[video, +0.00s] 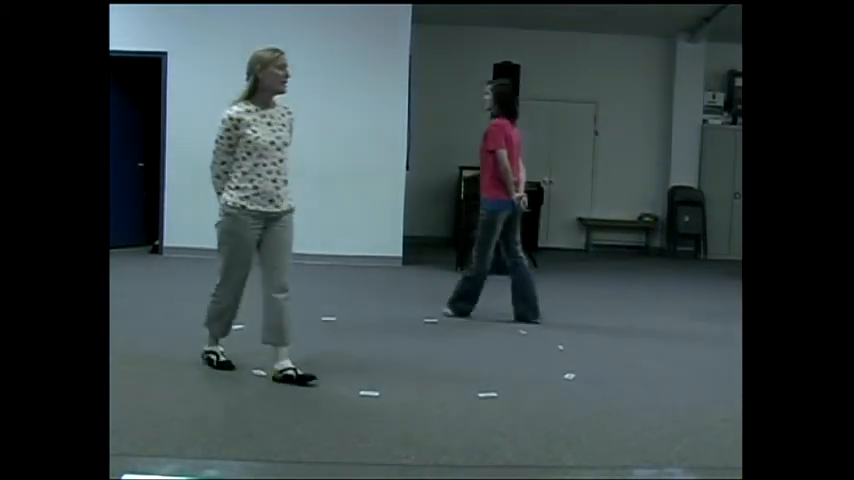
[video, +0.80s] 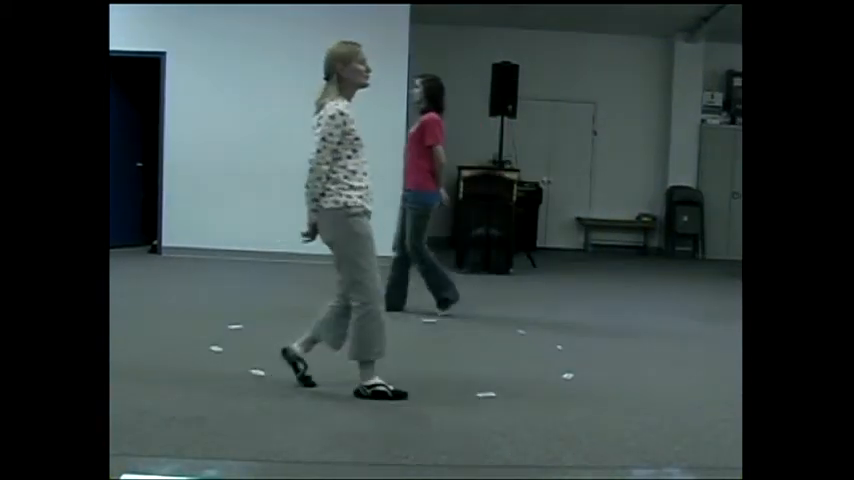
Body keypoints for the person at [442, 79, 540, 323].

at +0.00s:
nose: (484, 99)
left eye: (488, 95)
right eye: (485, 94)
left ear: (498, 99)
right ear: (505, 100)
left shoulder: (496, 128)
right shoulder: (512, 129)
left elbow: (503, 162)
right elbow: (520, 164)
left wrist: (514, 191)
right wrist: (520, 190)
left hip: (494, 201)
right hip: (511, 200)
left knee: (481, 257)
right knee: (515, 255)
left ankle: (460, 305)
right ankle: (528, 312)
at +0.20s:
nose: (465, 95)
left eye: (469, 92)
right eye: (466, 91)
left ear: (478, 97)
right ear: (487, 99)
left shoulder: (473, 123)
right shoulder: (490, 125)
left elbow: (480, 158)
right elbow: (496, 162)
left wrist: (489, 187)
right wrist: (495, 188)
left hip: (469, 197)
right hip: (486, 196)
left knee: (464, 255)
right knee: (482, 249)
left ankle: (459, 307)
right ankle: (511, 299)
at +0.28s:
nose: (457, 96)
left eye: (461, 93)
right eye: (457, 92)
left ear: (471, 97)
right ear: (478, 98)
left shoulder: (466, 125)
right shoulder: (481, 126)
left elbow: (472, 159)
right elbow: (487, 162)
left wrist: (481, 188)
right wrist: (486, 188)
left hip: (461, 196)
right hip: (473, 196)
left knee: (462, 253)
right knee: (466, 250)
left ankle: (457, 307)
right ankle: (495, 298)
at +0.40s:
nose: (444, 95)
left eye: (448, 91)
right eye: (445, 90)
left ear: (458, 96)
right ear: (465, 97)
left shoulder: (454, 124)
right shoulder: (470, 126)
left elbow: (462, 159)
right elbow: (475, 161)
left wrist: (472, 188)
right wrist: (475, 189)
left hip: (452, 195)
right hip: (460, 195)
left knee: (456, 250)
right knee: (436, 243)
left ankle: (459, 305)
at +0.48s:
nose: (439, 93)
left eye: (443, 89)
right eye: (440, 89)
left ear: (452, 95)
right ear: (459, 96)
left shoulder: (449, 122)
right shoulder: (461, 123)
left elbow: (459, 156)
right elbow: (469, 158)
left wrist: (467, 187)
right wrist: (471, 189)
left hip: (448, 193)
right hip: (451, 193)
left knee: (452, 250)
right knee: (428, 244)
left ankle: (457, 305)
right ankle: (433, 301)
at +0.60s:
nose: (426, 94)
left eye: (431, 90)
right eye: (428, 90)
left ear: (442, 96)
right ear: (443, 97)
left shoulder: (442, 123)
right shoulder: (442, 123)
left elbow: (452, 156)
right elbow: (449, 158)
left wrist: (458, 189)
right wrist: (456, 190)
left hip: (440, 194)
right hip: (434, 194)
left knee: (444, 252)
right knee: (416, 250)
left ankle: (456, 306)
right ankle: (395, 299)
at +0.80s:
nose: (412, 91)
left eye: (416, 87)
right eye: (413, 87)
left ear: (428, 92)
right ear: (428, 93)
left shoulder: (431, 121)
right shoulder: (422, 120)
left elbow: (439, 156)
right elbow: (430, 156)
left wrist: (439, 185)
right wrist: (437, 186)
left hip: (422, 191)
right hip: (411, 190)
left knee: (414, 246)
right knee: (401, 247)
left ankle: (446, 294)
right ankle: (394, 299)